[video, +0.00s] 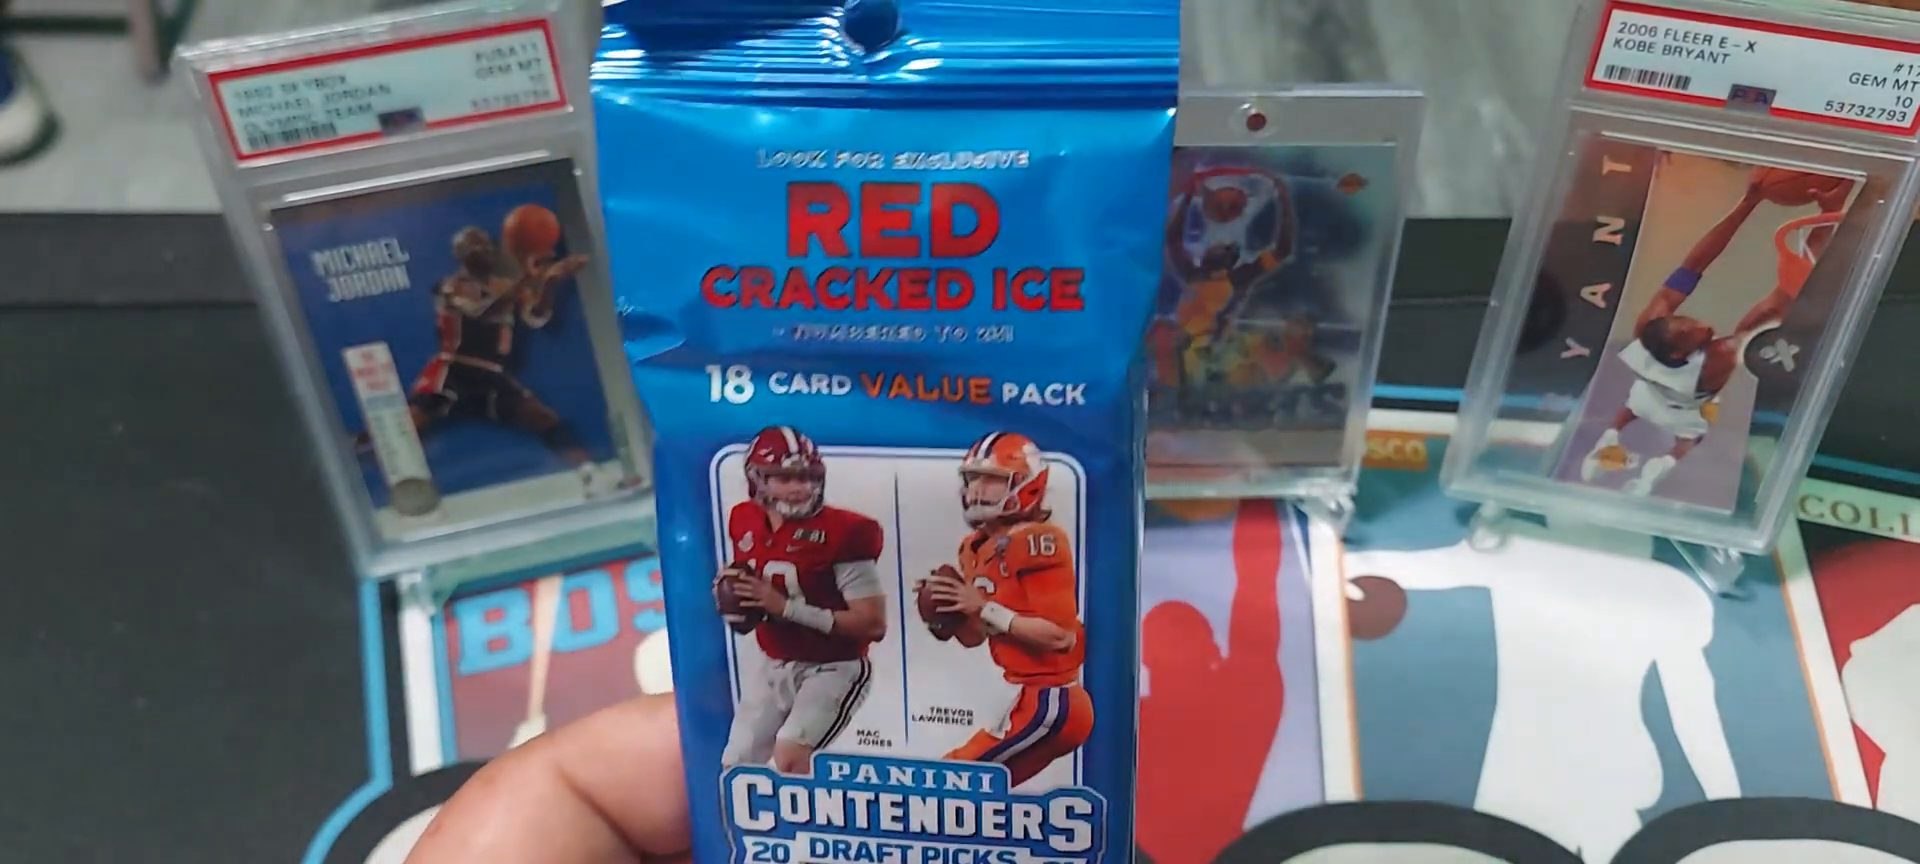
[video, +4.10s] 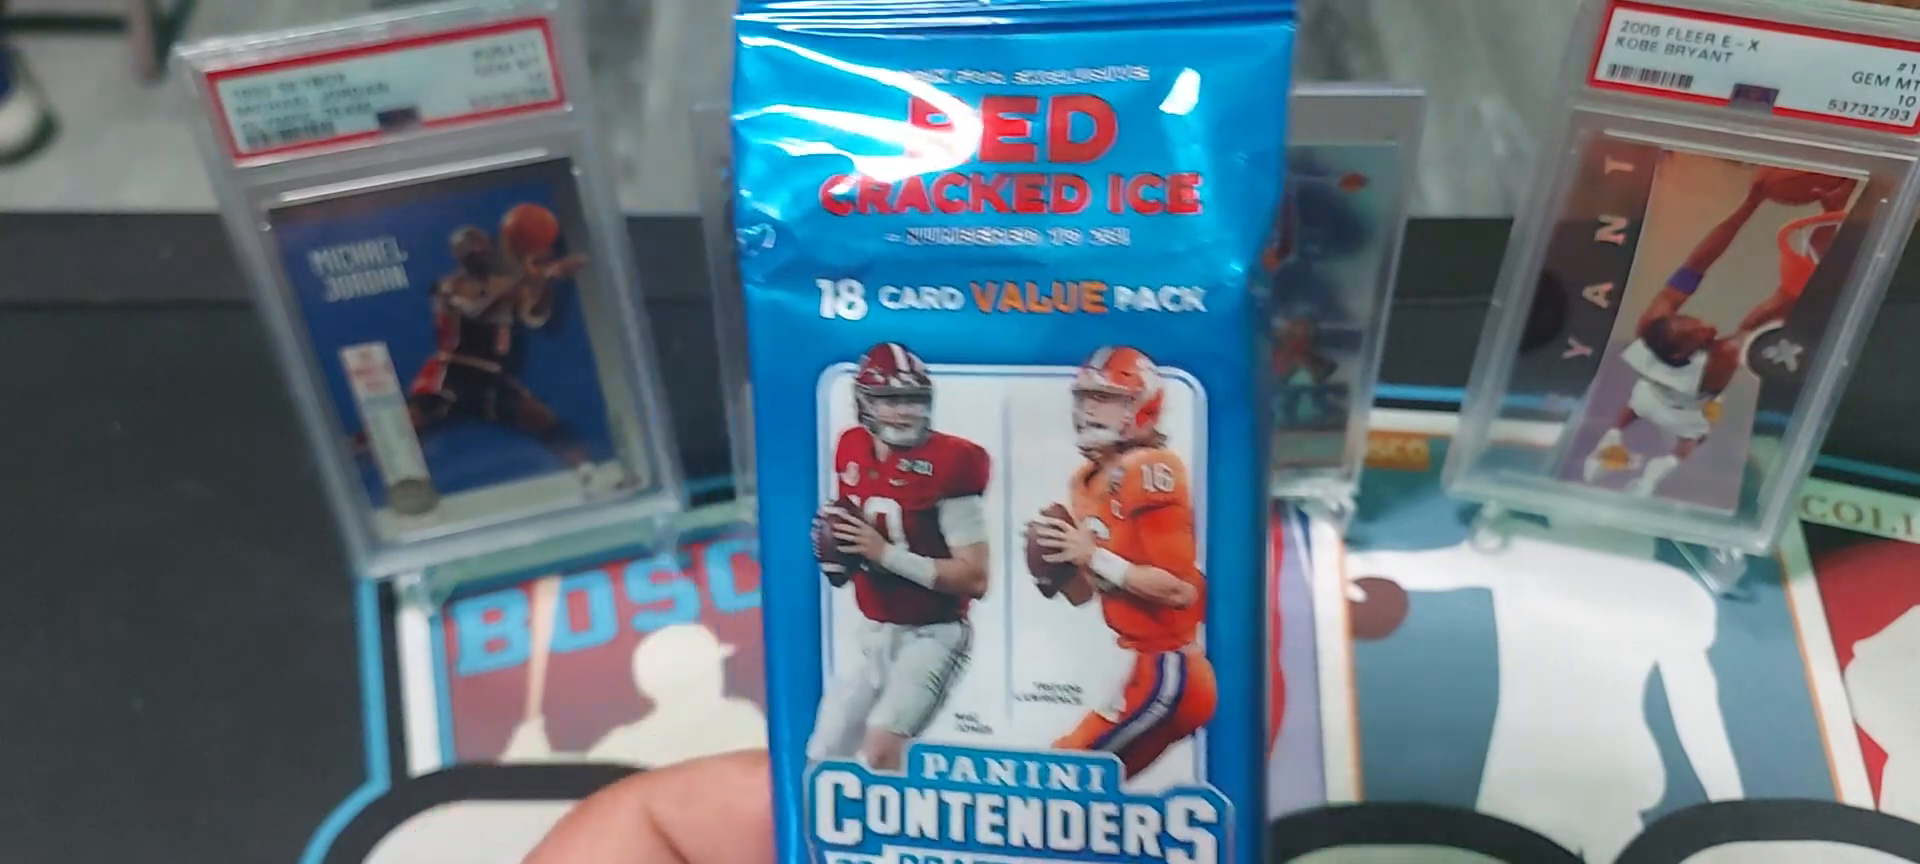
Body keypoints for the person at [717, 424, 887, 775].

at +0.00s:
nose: (797, 488)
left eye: (805, 478)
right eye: (784, 478)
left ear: (818, 480)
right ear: (759, 482)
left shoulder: (847, 532)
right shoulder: (745, 521)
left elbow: (872, 624)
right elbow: (745, 621)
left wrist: (784, 606)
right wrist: (728, 595)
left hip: (836, 669)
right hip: (775, 667)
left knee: (789, 755)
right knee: (736, 763)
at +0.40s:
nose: (828, 453)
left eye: (838, 443)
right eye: (817, 442)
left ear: (849, 447)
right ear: (792, 444)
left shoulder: (864, 502)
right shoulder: (774, 488)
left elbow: (885, 593)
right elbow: (758, 577)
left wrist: (798, 567)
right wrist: (744, 552)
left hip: (843, 635)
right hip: (783, 629)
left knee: (787, 713)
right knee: (731, 719)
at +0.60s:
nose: (779, 364)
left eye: (788, 354)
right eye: (768, 355)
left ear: (800, 356)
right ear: (745, 358)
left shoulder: (822, 408)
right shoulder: (731, 397)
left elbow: (842, 507)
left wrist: (761, 488)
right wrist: (712, 477)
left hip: (805, 558)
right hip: (749, 557)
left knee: (759, 650)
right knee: (706, 662)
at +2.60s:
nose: (787, 346)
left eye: (795, 335)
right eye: (775, 336)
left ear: (808, 336)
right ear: (750, 339)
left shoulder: (837, 390)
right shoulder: (736, 382)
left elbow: (864, 499)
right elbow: (739, 457)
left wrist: (776, 481)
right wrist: (722, 467)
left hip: (828, 555)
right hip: (766, 557)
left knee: (780, 669)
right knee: (726, 678)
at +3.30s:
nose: (805, 368)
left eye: (813, 357)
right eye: (791, 358)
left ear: (825, 358)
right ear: (767, 363)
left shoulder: (852, 413)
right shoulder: (754, 406)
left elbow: (877, 522)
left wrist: (791, 505)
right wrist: (739, 495)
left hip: (841, 577)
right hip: (780, 580)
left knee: (793, 691)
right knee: (738, 703)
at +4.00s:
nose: (852, 384)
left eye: (861, 372)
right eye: (838, 373)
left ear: (875, 375)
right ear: (813, 377)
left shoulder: (902, 432)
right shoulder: (802, 420)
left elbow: (925, 546)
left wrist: (836, 524)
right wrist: (783, 514)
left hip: (887, 602)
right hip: (826, 602)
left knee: (836, 715)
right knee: (779, 726)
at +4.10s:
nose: (904, 412)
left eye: (914, 400)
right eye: (890, 400)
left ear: (928, 402)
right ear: (865, 403)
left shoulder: (956, 461)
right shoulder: (852, 447)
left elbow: (975, 577)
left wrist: (885, 553)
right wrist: (832, 543)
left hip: (935, 635)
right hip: (871, 632)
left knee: (881, 748)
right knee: (823, 757)